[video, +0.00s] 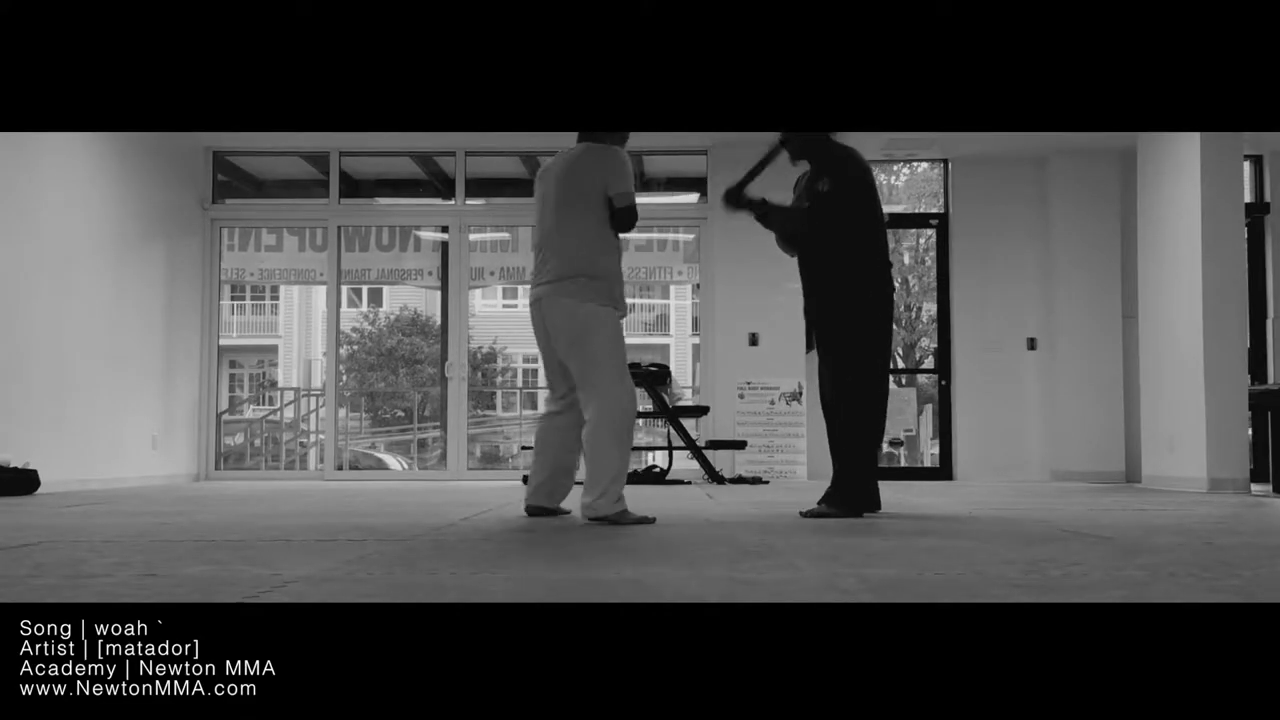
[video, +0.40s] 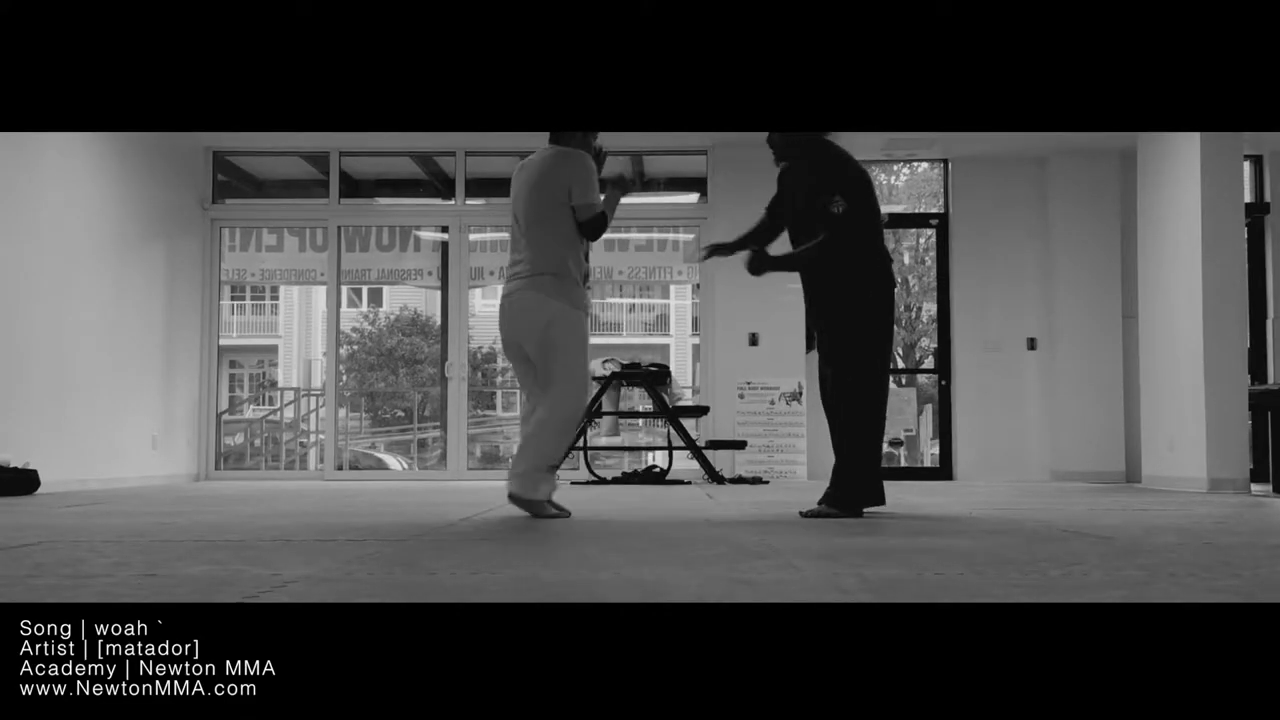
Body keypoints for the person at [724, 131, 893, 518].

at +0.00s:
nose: (785, 148)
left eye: (788, 139)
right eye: (784, 141)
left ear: (806, 135)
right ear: (807, 140)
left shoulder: (841, 166)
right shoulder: (809, 178)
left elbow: (813, 227)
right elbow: (798, 242)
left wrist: (756, 205)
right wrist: (772, 216)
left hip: (857, 308)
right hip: (833, 309)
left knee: (852, 397)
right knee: (839, 398)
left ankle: (852, 495)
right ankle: (851, 493)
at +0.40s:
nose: (772, 148)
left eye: (776, 141)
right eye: (771, 143)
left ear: (797, 138)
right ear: (791, 142)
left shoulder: (835, 169)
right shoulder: (795, 172)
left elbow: (834, 245)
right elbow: (772, 223)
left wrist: (774, 261)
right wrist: (734, 246)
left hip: (861, 296)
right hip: (832, 297)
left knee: (855, 391)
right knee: (838, 390)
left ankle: (848, 495)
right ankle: (862, 487)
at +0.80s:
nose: (760, 139)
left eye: (764, 133)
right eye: (761, 134)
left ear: (785, 133)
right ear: (788, 135)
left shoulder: (812, 170)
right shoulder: (797, 167)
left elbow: (777, 245)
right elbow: (754, 212)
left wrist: (708, 257)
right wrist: (711, 197)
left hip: (839, 308)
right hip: (818, 307)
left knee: (844, 395)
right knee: (816, 393)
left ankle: (845, 499)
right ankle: (814, 483)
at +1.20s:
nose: (741, 148)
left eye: (746, 141)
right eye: (742, 141)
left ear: (766, 144)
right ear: (777, 146)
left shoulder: (775, 178)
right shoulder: (789, 179)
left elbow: (712, 214)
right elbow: (756, 248)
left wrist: (666, 187)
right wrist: (728, 218)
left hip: (804, 309)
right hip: (799, 309)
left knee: (804, 400)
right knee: (789, 401)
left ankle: (826, 489)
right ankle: (790, 490)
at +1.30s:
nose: (737, 151)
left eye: (744, 143)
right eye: (738, 144)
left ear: (765, 145)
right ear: (773, 147)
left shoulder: (774, 180)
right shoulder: (780, 182)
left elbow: (705, 197)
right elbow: (758, 258)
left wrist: (653, 183)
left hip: (798, 312)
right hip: (795, 311)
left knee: (792, 402)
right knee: (787, 403)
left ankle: (808, 488)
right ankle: (786, 490)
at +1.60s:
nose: (734, 153)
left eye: (739, 146)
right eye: (736, 147)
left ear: (757, 145)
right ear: (774, 143)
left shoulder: (777, 173)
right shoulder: (769, 187)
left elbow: (730, 161)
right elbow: (751, 266)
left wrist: (681, 144)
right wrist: (715, 247)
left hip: (784, 312)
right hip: (779, 313)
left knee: (771, 402)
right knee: (778, 402)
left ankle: (772, 495)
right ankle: (784, 492)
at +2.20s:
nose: (731, 154)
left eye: (734, 146)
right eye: (731, 147)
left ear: (748, 144)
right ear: (770, 146)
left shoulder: (757, 177)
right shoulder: (782, 183)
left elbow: (696, 210)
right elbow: (770, 257)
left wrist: (638, 226)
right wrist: (727, 251)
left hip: (771, 314)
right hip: (794, 310)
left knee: (761, 397)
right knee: (785, 398)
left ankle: (771, 495)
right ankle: (787, 493)